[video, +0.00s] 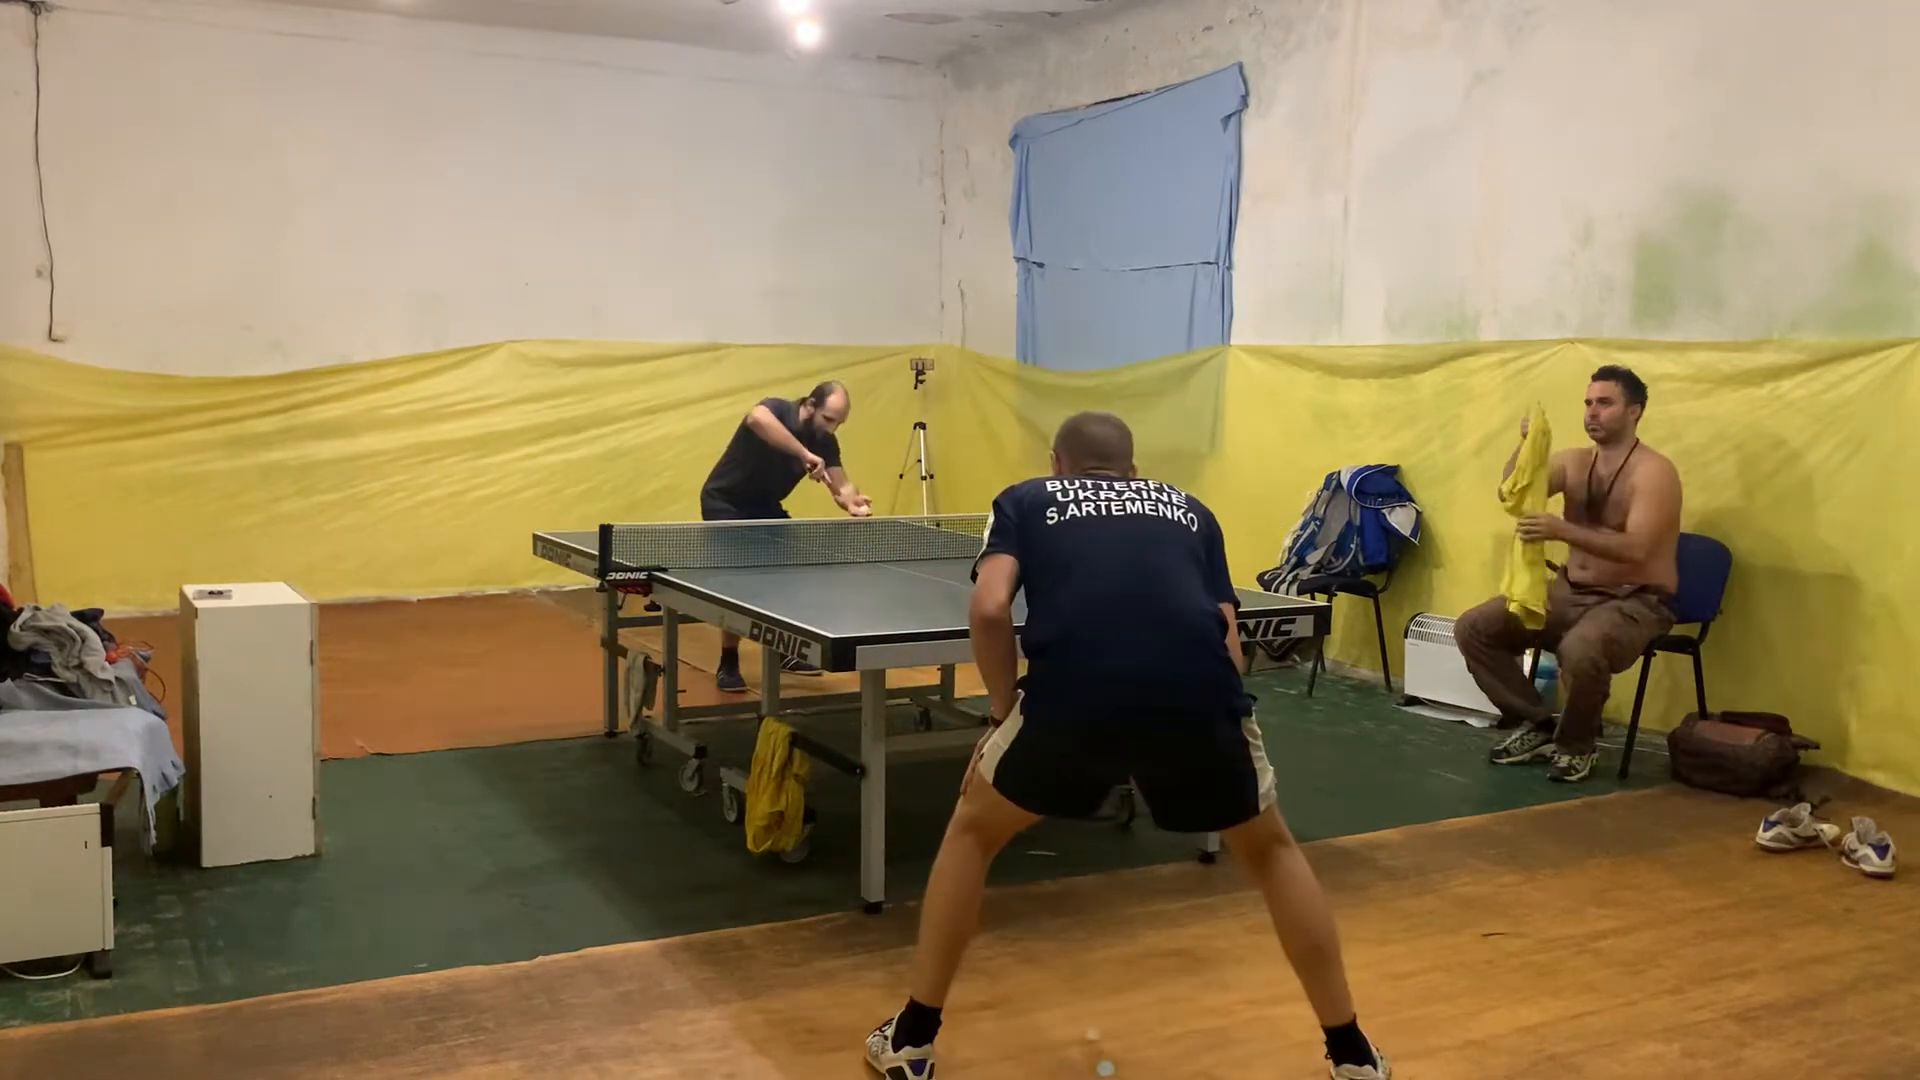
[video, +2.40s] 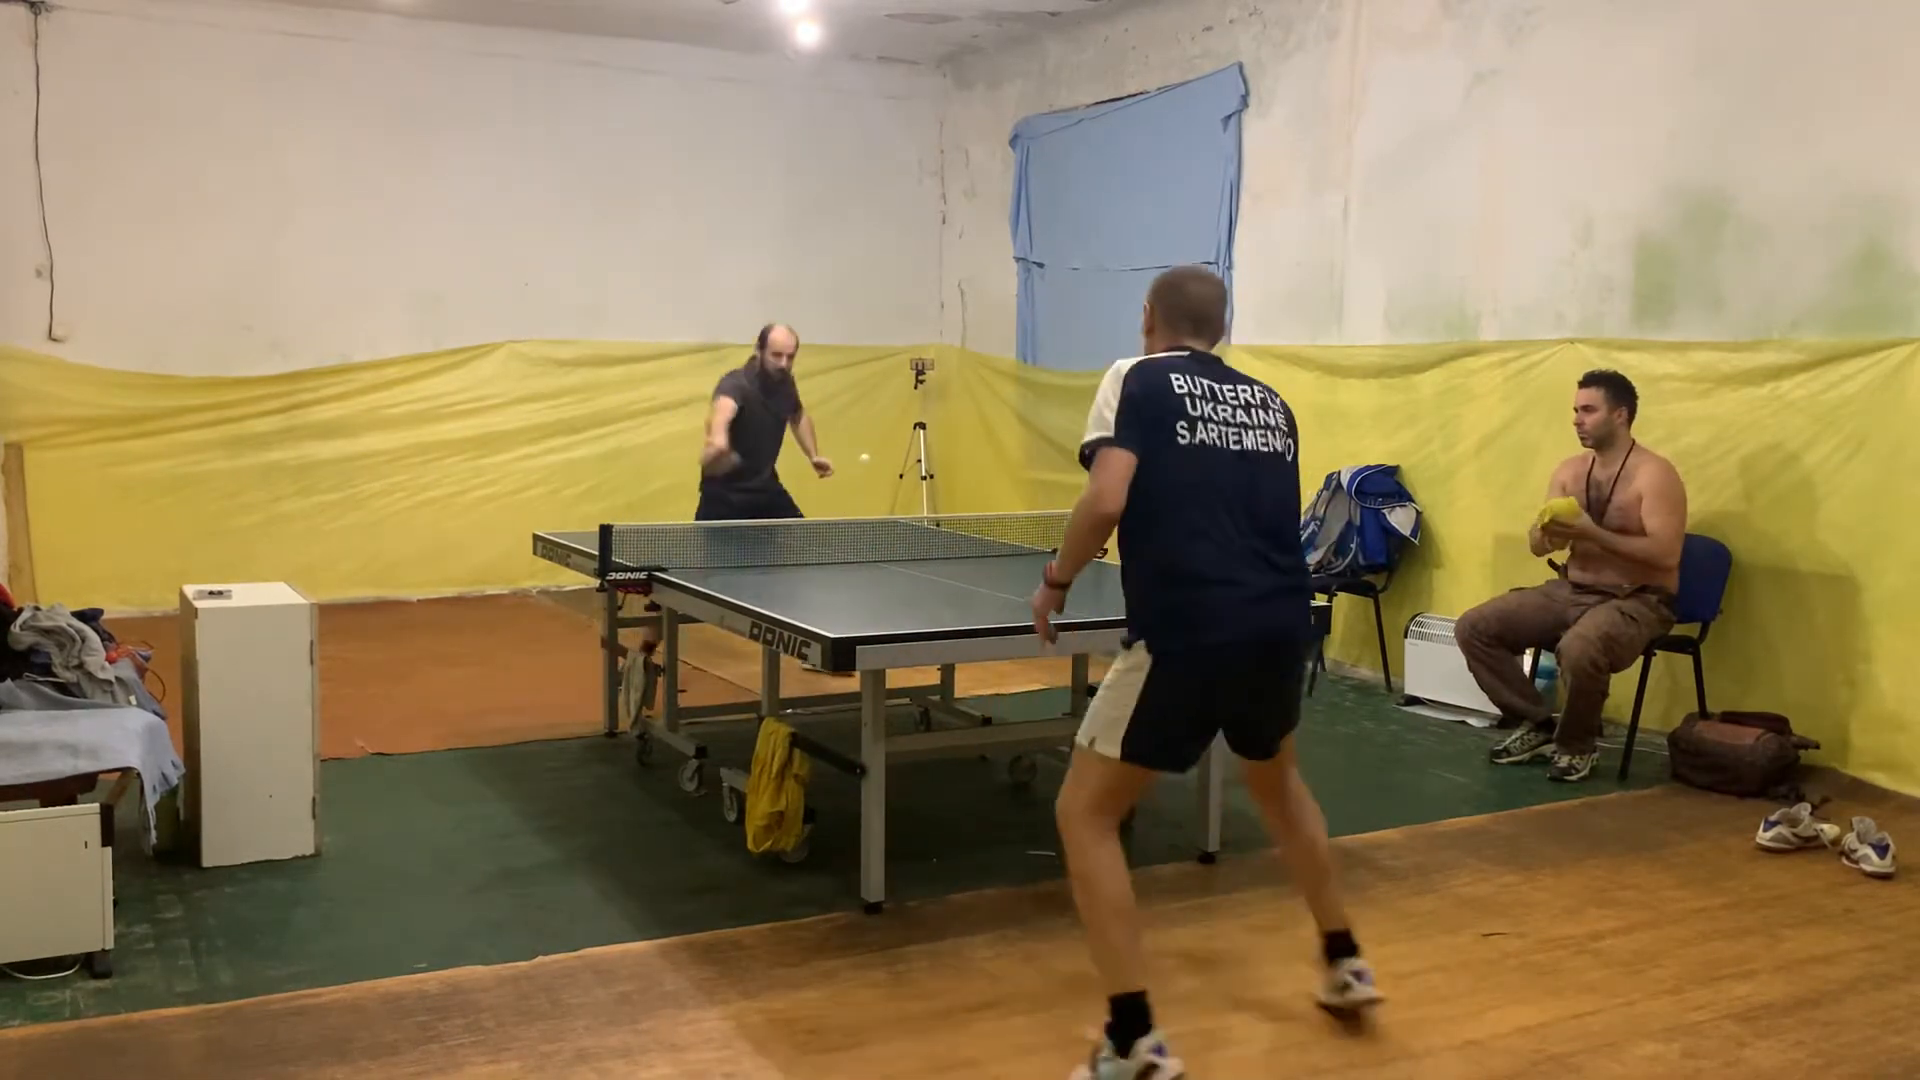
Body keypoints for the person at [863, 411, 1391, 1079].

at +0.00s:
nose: (1046, 468)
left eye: (1049, 461)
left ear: (1057, 463)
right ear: (1132, 466)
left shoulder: (1026, 499)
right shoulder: (1192, 510)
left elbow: (989, 607)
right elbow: (1228, 637)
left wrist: (1003, 709)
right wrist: (1228, 717)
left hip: (1074, 708)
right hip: (1196, 708)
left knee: (973, 834)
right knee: (1271, 850)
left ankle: (913, 1036)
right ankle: (1351, 1049)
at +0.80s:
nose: (1118, 369)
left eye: (1117, 358)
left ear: (1124, 363)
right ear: (1201, 366)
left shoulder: (1090, 427)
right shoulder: (1253, 441)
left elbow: (1050, 550)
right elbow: (1287, 594)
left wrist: (1020, 655)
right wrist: (1217, 613)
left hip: (1116, 687)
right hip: (1230, 689)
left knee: (1011, 841)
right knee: (1282, 840)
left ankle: (920, 1029)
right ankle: (1350, 1043)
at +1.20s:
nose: (1134, 354)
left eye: (1135, 344)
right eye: (1139, 344)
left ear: (1144, 345)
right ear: (1219, 347)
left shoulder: (1135, 406)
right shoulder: (1273, 417)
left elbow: (1113, 539)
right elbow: (1308, 541)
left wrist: (1056, 577)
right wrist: (1236, 551)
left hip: (1187, 665)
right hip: (1289, 663)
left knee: (1068, 812)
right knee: (1310, 820)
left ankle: (1059, 1036)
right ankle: (1392, 1001)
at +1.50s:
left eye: (1146, 359)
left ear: (1148, 358)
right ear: (1221, 370)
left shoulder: (1110, 408)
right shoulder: (1262, 435)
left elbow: (1053, 531)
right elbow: (1281, 564)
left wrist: (1044, 572)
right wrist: (1313, 537)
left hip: (1141, 658)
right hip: (1245, 656)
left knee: (1057, 829)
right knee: (1256, 768)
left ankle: (1056, 1038)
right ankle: (1302, 935)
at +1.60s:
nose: (1163, 362)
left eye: (1163, 351)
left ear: (1162, 351)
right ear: (1234, 364)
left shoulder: (1123, 397)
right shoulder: (1271, 428)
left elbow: (1070, 513)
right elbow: (1278, 543)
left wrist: (1051, 578)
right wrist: (1311, 546)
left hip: (1151, 652)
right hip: (1250, 651)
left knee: (1077, 826)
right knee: (1255, 782)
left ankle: (1059, 1036)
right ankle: (1269, 921)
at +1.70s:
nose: (1167, 373)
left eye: (1169, 362)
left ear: (1176, 361)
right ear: (1242, 372)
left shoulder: (1154, 401)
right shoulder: (1276, 435)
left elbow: (1115, 509)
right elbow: (1261, 538)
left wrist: (1074, 581)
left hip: (1184, 645)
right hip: (1272, 643)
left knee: (1105, 818)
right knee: (1245, 764)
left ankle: (1064, 1033)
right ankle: (1264, 919)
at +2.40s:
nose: (1142, 338)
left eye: (1144, 327)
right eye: (1148, 327)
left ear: (1153, 327)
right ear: (1224, 334)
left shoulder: (1138, 378)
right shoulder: (1273, 404)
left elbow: (1108, 500)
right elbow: (1282, 520)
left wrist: (1058, 580)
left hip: (1179, 640)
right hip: (1278, 636)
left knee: (1087, 812)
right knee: (1280, 782)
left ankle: (1132, 1036)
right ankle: (1345, 957)